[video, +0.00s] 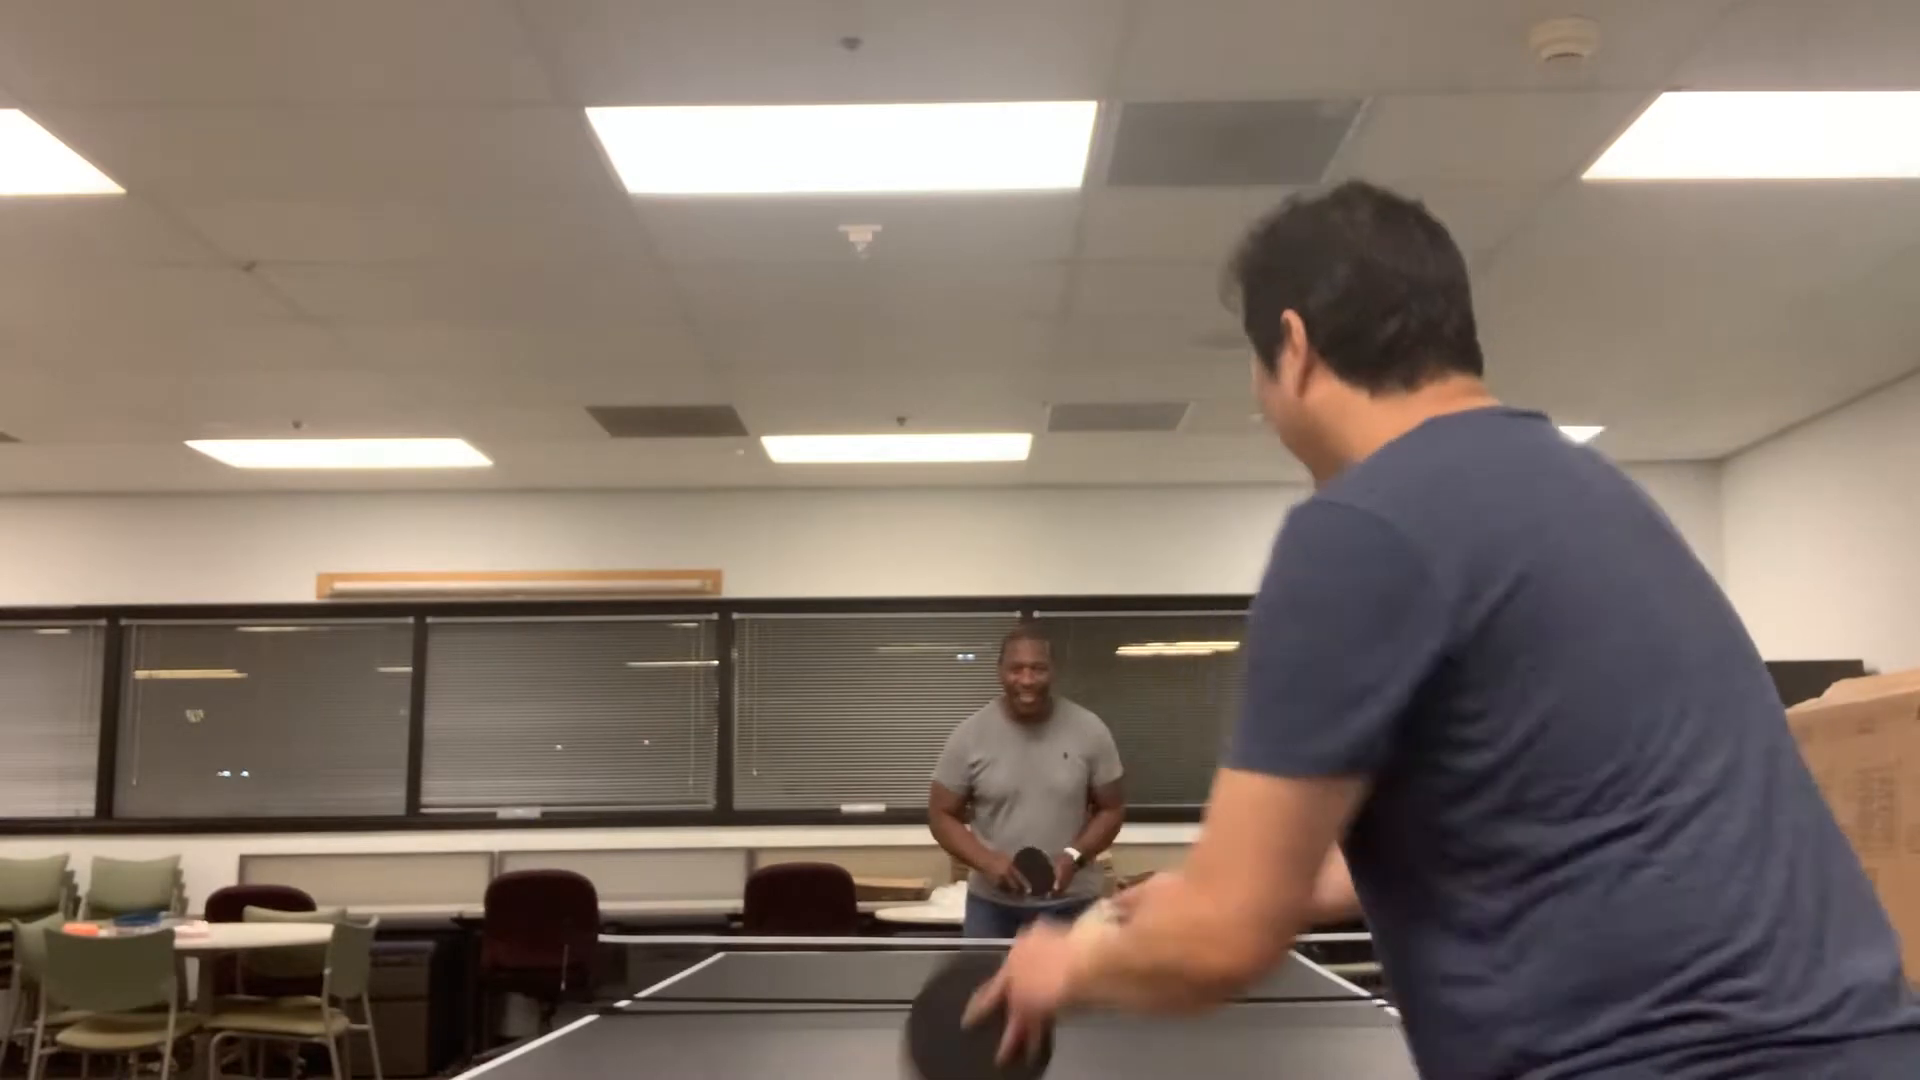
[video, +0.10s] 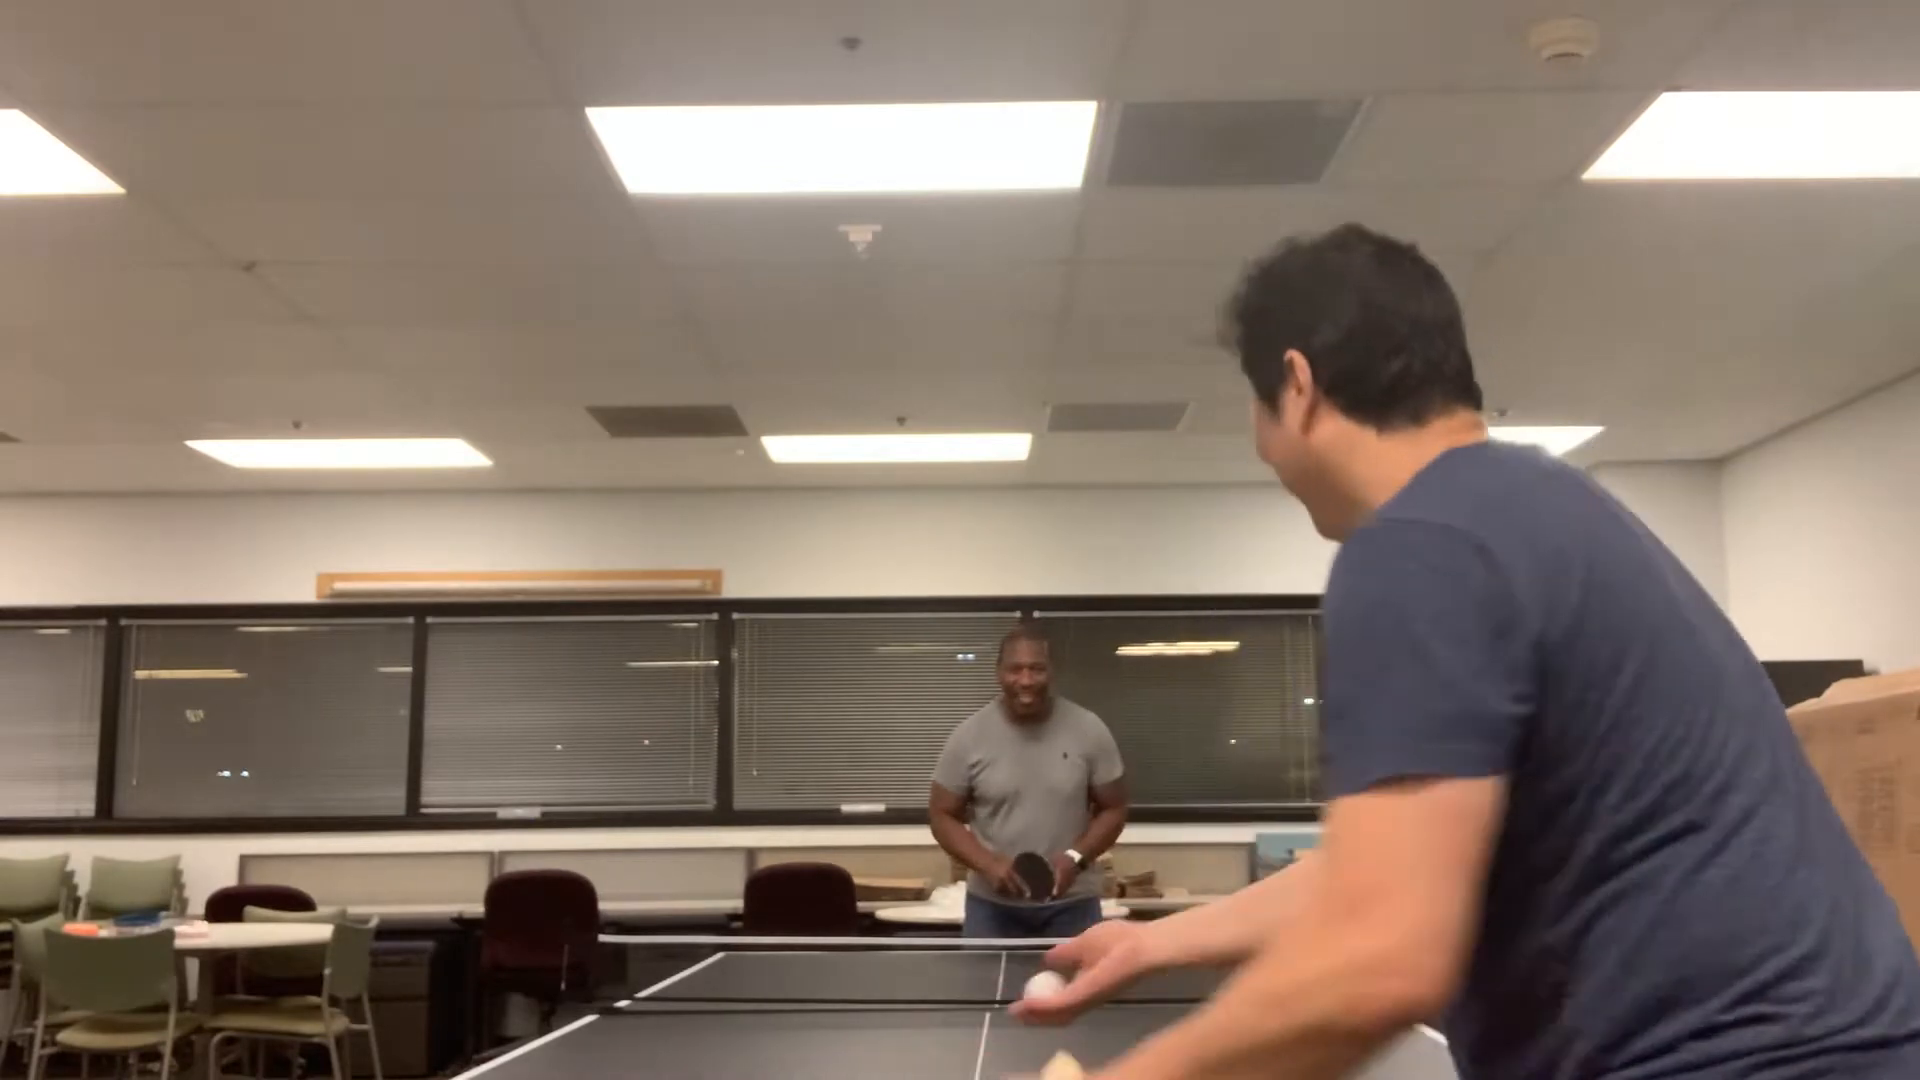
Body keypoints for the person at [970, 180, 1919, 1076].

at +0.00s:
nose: (1262, 400)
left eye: (1257, 358)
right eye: (1256, 364)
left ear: (1297, 346)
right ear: (1447, 327)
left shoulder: (1370, 526)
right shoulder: (1579, 481)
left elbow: (1227, 933)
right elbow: (1487, 843)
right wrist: (1232, 893)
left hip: (1640, 1057)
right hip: (1855, 1030)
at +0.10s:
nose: (1260, 446)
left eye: (1254, 403)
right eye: (1255, 407)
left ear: (1303, 390)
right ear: (1443, 368)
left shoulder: (1424, 544)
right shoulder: (1543, 510)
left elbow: (1386, 960)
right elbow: (1393, 863)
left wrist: (1131, 1074)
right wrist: (1150, 944)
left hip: (1708, 1054)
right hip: (1844, 1031)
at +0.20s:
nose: (1269, 477)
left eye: (1264, 440)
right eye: (1262, 445)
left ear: (1314, 420)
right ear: (1441, 400)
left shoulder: (1463, 554)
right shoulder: (1516, 542)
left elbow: (1565, 929)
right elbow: (1343, 886)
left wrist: (1279, 1063)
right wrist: (1082, 965)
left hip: (1778, 1048)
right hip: (1824, 1030)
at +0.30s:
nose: (1281, 498)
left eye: (1277, 458)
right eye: (1273, 464)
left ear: (1332, 441)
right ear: (1457, 422)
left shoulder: (1505, 559)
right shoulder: (1466, 618)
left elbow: (1634, 890)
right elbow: (1311, 886)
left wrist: (1262, 996)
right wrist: (1037, 959)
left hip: (1806, 1054)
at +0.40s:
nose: (1307, 507)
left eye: (1304, 469)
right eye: (1300, 474)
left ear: (1362, 449)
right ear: (1480, 436)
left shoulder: (1526, 571)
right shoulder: (1503, 612)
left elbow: (1537, 908)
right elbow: (1310, 871)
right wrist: (1084, 890)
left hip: (1811, 1061)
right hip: (1709, 1059)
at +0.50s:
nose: (1341, 507)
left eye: (1339, 469)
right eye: (1336, 475)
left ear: (1395, 449)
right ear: (1516, 440)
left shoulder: (1518, 586)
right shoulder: (1597, 569)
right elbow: (1355, 880)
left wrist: (1081, 856)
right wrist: (1091, 858)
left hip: (1775, 1055)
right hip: (1828, 1039)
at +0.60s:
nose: (1372, 497)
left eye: (1371, 463)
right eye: (1369, 466)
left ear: (1422, 448)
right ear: (1551, 440)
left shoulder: (1452, 608)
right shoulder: (1663, 570)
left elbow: (1198, 904)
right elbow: (1448, 872)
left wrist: (1058, 833)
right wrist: (1144, 933)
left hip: (1742, 1059)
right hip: (1881, 1036)